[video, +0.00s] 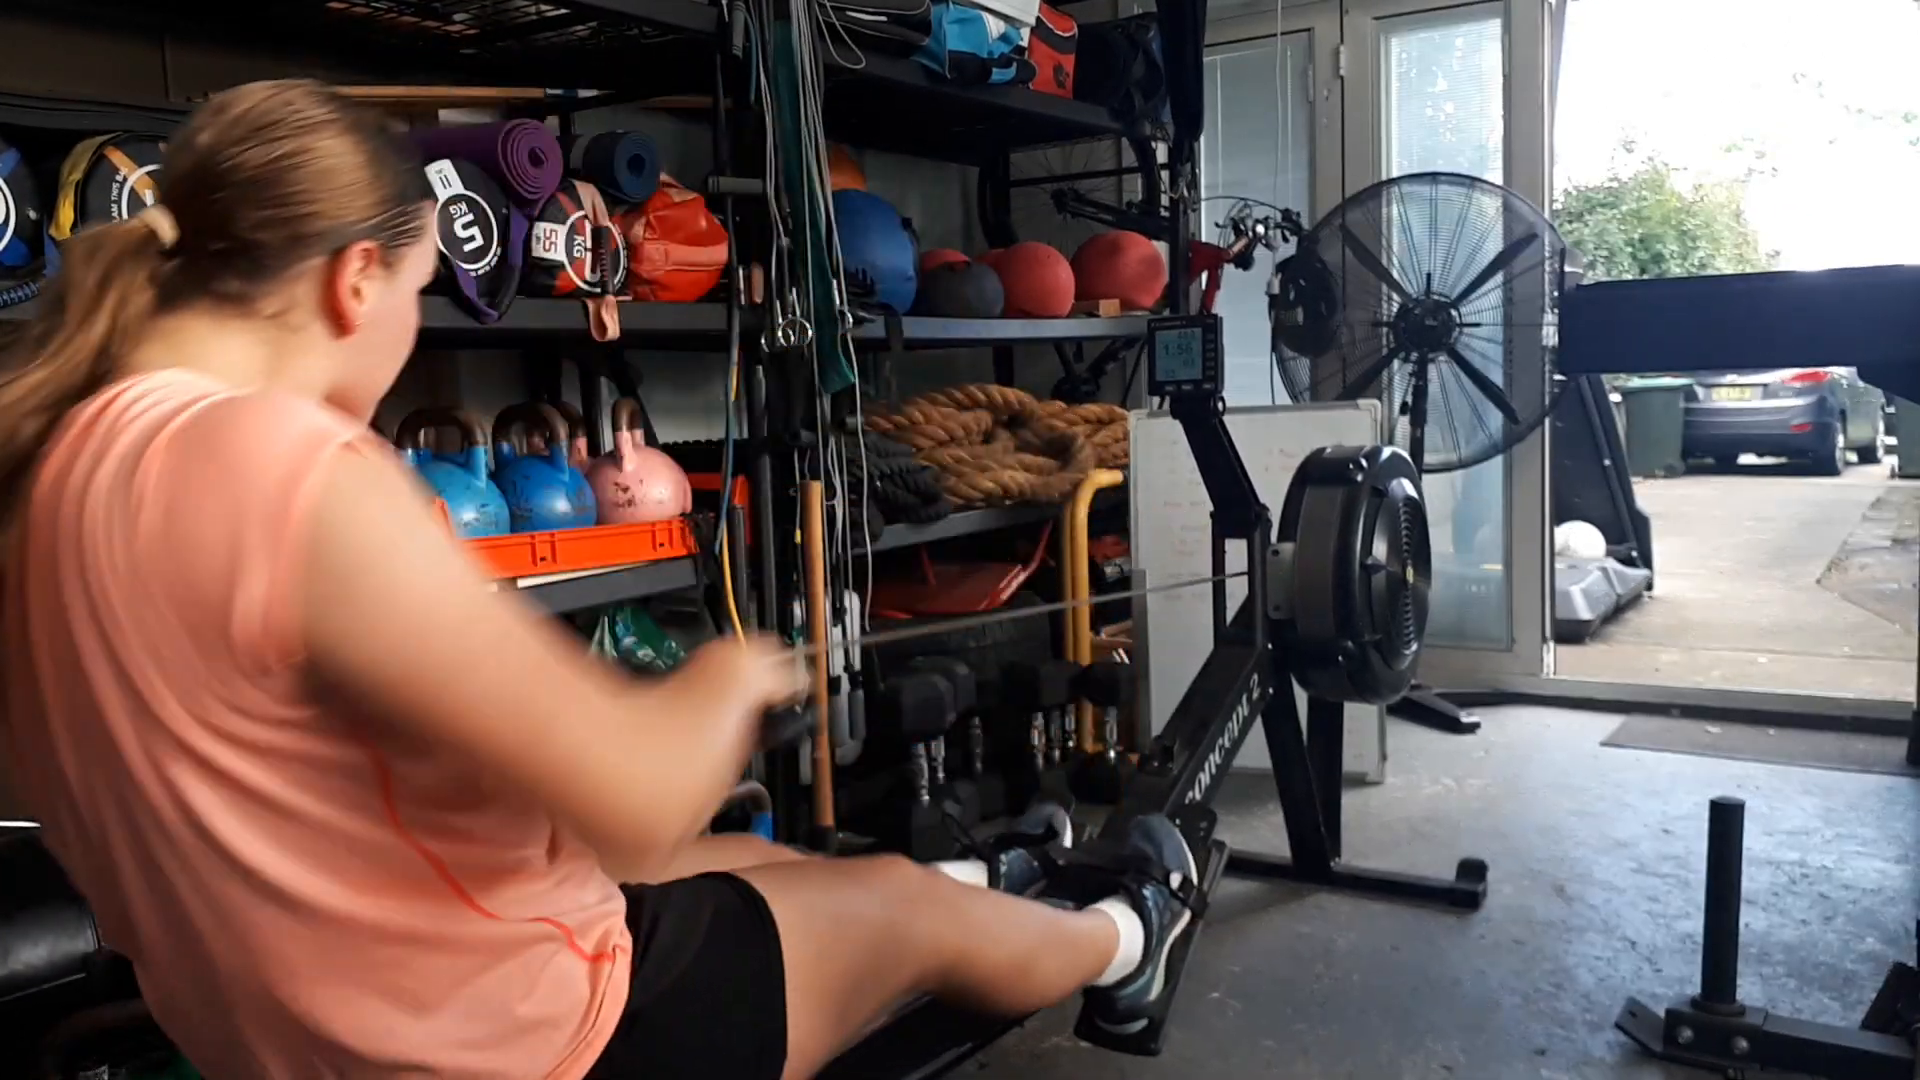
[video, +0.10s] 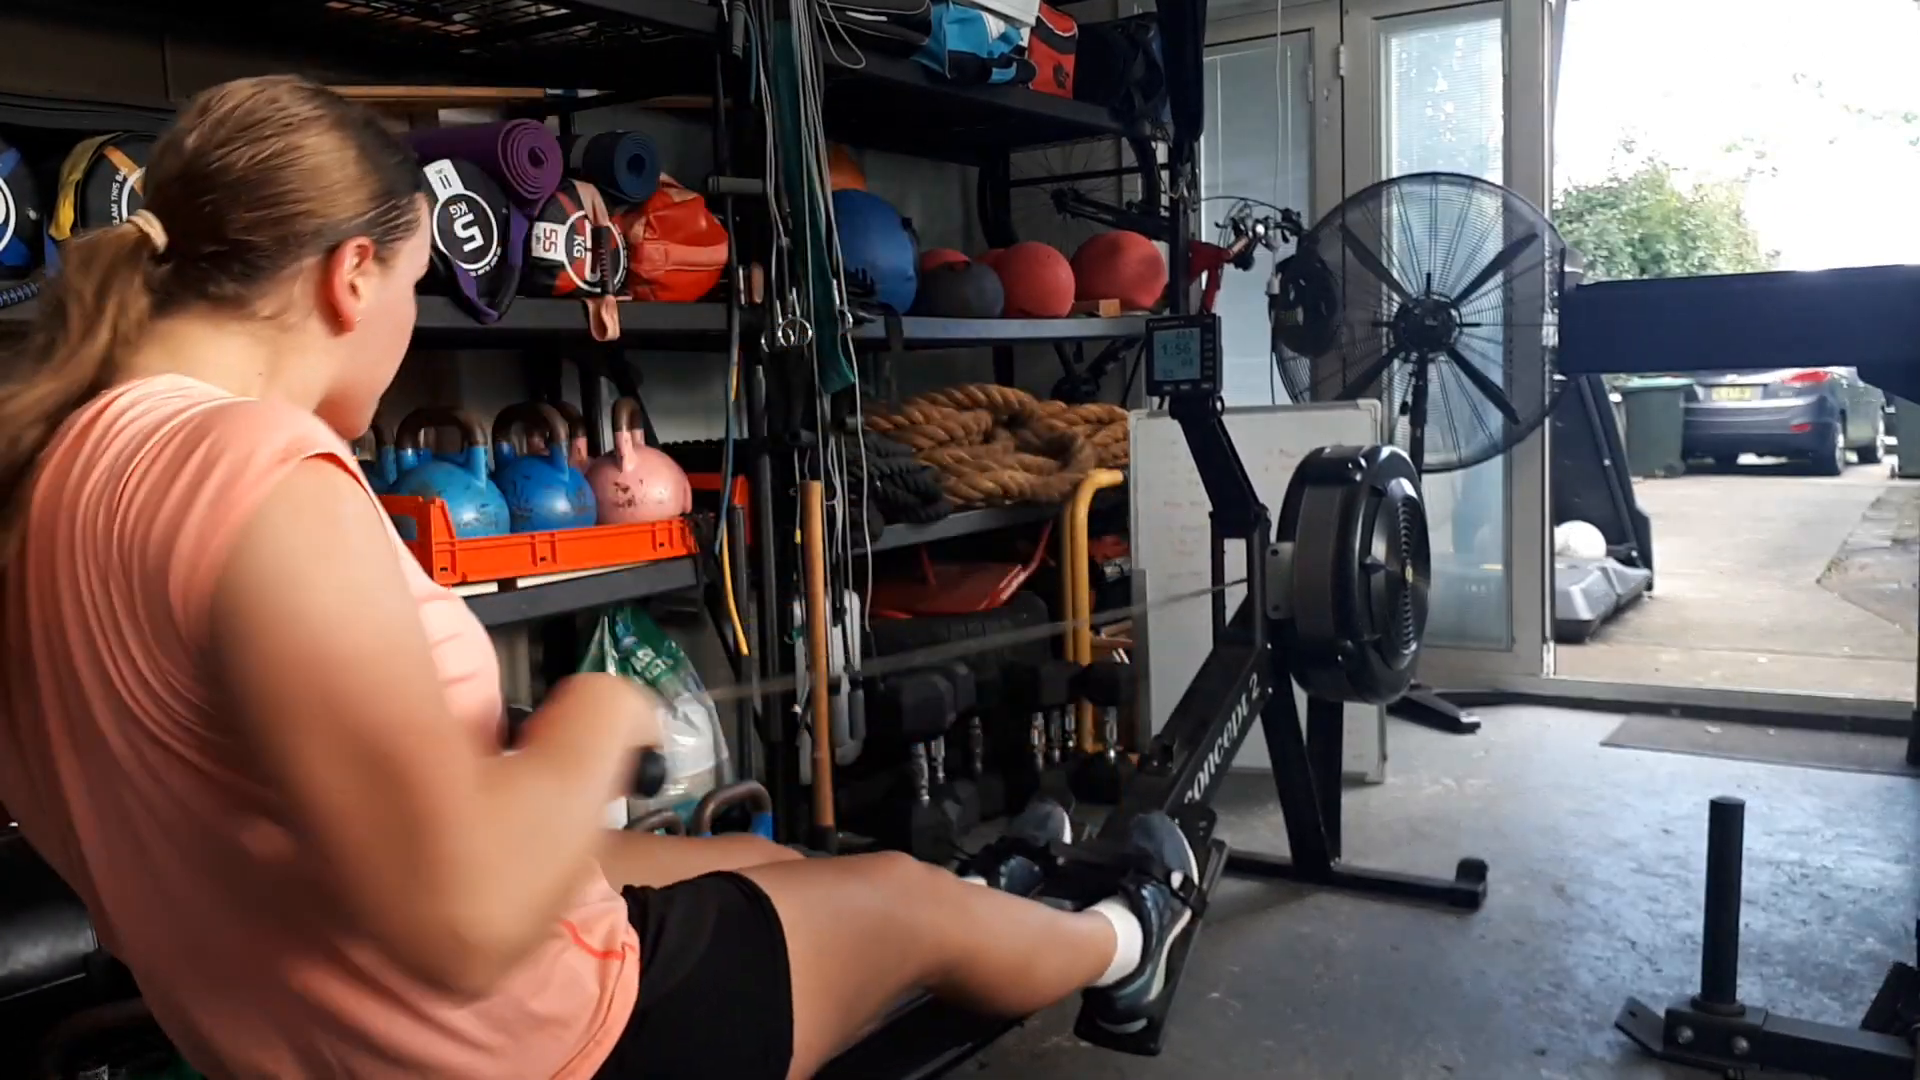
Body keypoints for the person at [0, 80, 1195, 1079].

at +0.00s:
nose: (412, 329)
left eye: (421, 291)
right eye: (416, 290)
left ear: (178, 262)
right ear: (347, 280)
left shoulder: (59, 458)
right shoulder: (300, 484)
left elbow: (57, 798)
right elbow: (653, 802)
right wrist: (741, 672)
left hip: (283, 1026)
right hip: (507, 1037)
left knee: (742, 860)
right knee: (906, 905)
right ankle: (1111, 947)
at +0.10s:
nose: (407, 330)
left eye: (415, 291)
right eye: (411, 289)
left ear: (174, 263)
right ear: (342, 278)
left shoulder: (65, 455)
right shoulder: (268, 498)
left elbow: (58, 814)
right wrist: (601, 718)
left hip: (288, 1027)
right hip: (494, 1041)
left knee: (739, 862)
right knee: (900, 898)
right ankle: (1108, 950)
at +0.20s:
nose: (439, 309)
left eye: (444, 270)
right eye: (441, 269)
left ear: (212, 253)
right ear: (373, 260)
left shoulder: (89, 442)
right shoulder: (310, 480)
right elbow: (475, 906)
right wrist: (618, 707)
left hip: (298, 1035)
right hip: (503, 1046)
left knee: (755, 851)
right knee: (909, 882)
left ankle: (863, 1020)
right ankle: (1110, 951)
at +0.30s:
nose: (504, 284)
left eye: (506, 246)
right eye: (504, 242)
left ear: (278, 237)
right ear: (441, 237)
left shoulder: (160, 426)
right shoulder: (407, 426)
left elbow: (131, 794)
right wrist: (710, 698)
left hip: (293, 1036)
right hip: (519, 1042)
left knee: (752, 827)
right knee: (923, 873)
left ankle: (899, 1000)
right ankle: (1114, 951)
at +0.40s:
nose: (596, 253)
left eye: (597, 220)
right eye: (589, 217)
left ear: (372, 216)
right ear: (532, 216)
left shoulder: (232, 416)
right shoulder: (530, 404)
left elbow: (207, 765)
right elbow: (810, 758)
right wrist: (847, 671)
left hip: (304, 1039)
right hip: (543, 1034)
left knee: (781, 797)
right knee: (926, 839)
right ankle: (1115, 954)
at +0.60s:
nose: (785, 272)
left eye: (782, 245)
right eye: (781, 244)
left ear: (606, 244)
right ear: (749, 249)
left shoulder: (502, 392)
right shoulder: (777, 412)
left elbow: (580, 613)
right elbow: (1027, 636)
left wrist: (790, 614)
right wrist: (1071, 619)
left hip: (418, 1014)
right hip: (652, 1020)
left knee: (801, 703)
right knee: (982, 726)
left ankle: (923, 902)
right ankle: (1121, 958)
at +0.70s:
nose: (860, 282)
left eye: (852, 260)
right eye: (858, 260)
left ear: (707, 268)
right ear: (835, 271)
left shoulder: (619, 408)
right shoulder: (868, 421)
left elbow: (701, 571)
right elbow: (1069, 589)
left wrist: (882, 600)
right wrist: (1136, 604)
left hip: (516, 981)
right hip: (729, 990)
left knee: (829, 660)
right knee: (1022, 667)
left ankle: (937, 904)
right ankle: (1120, 960)